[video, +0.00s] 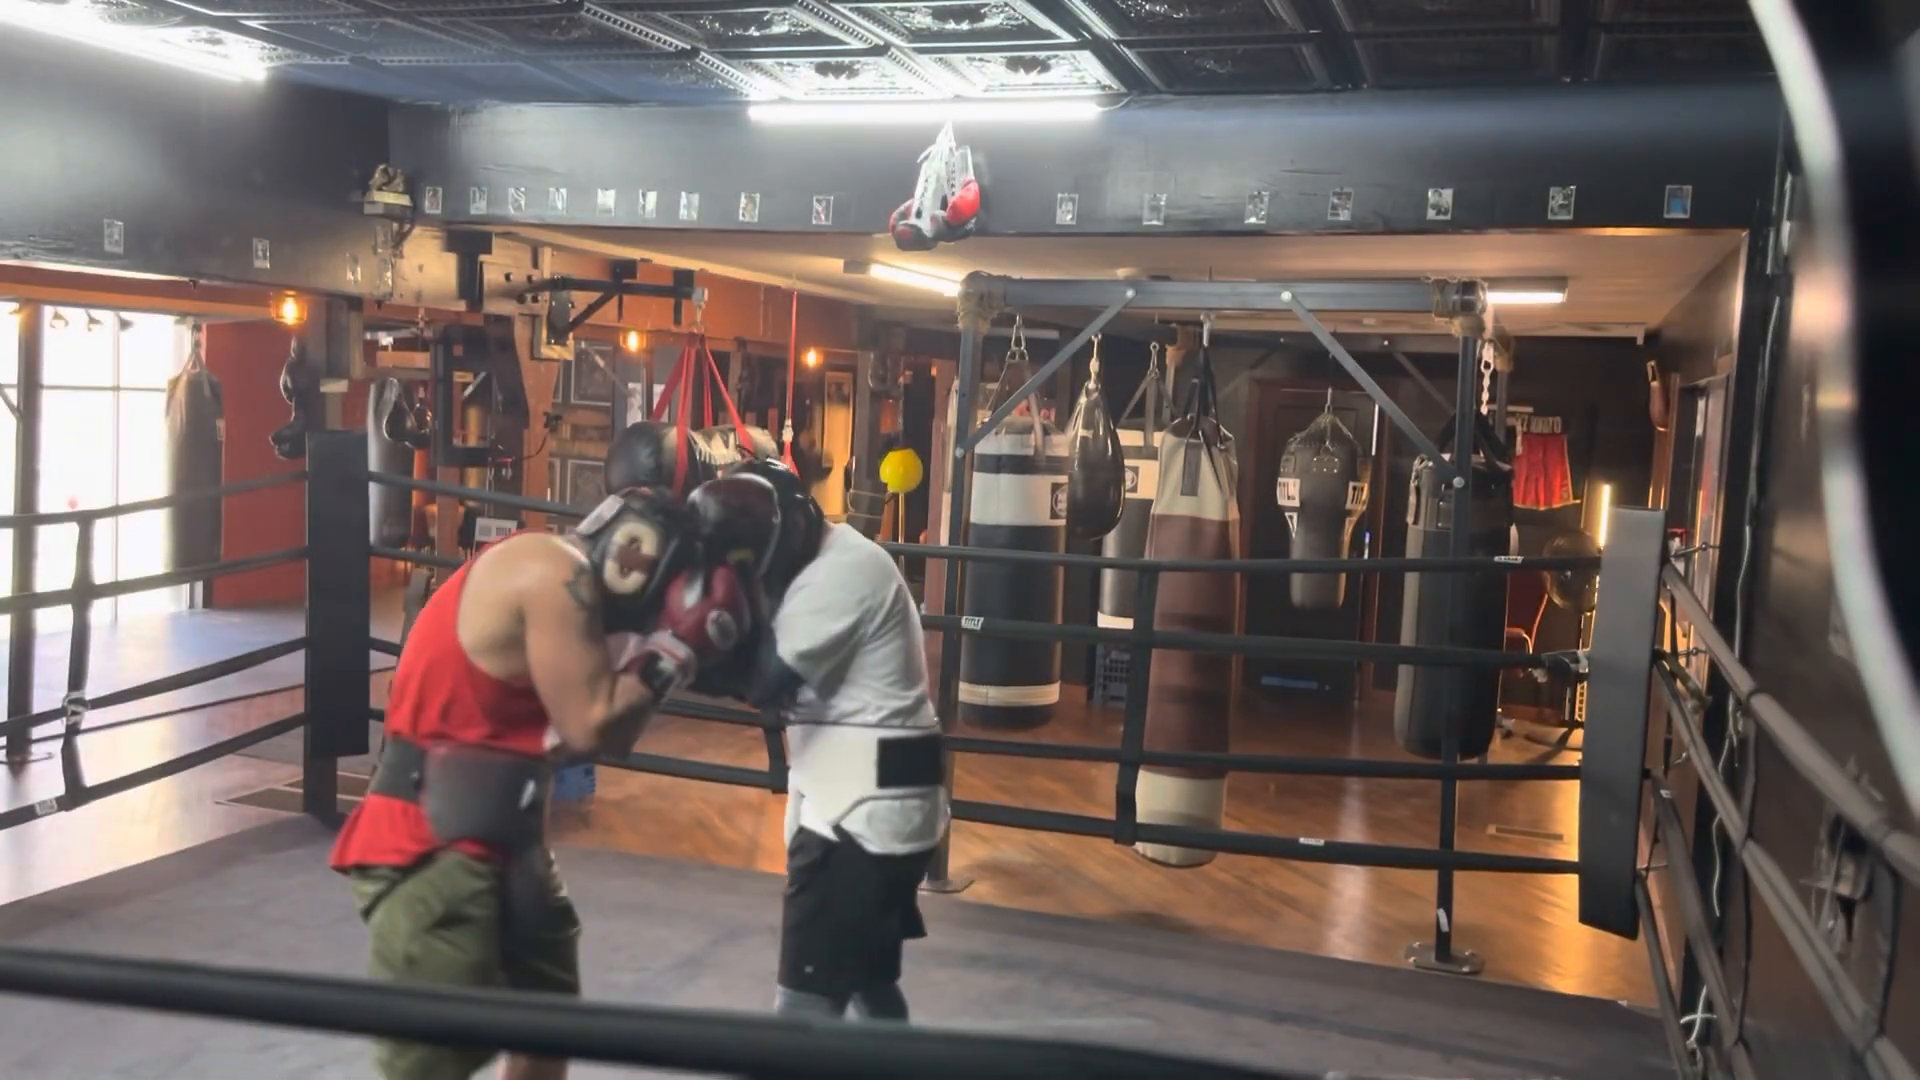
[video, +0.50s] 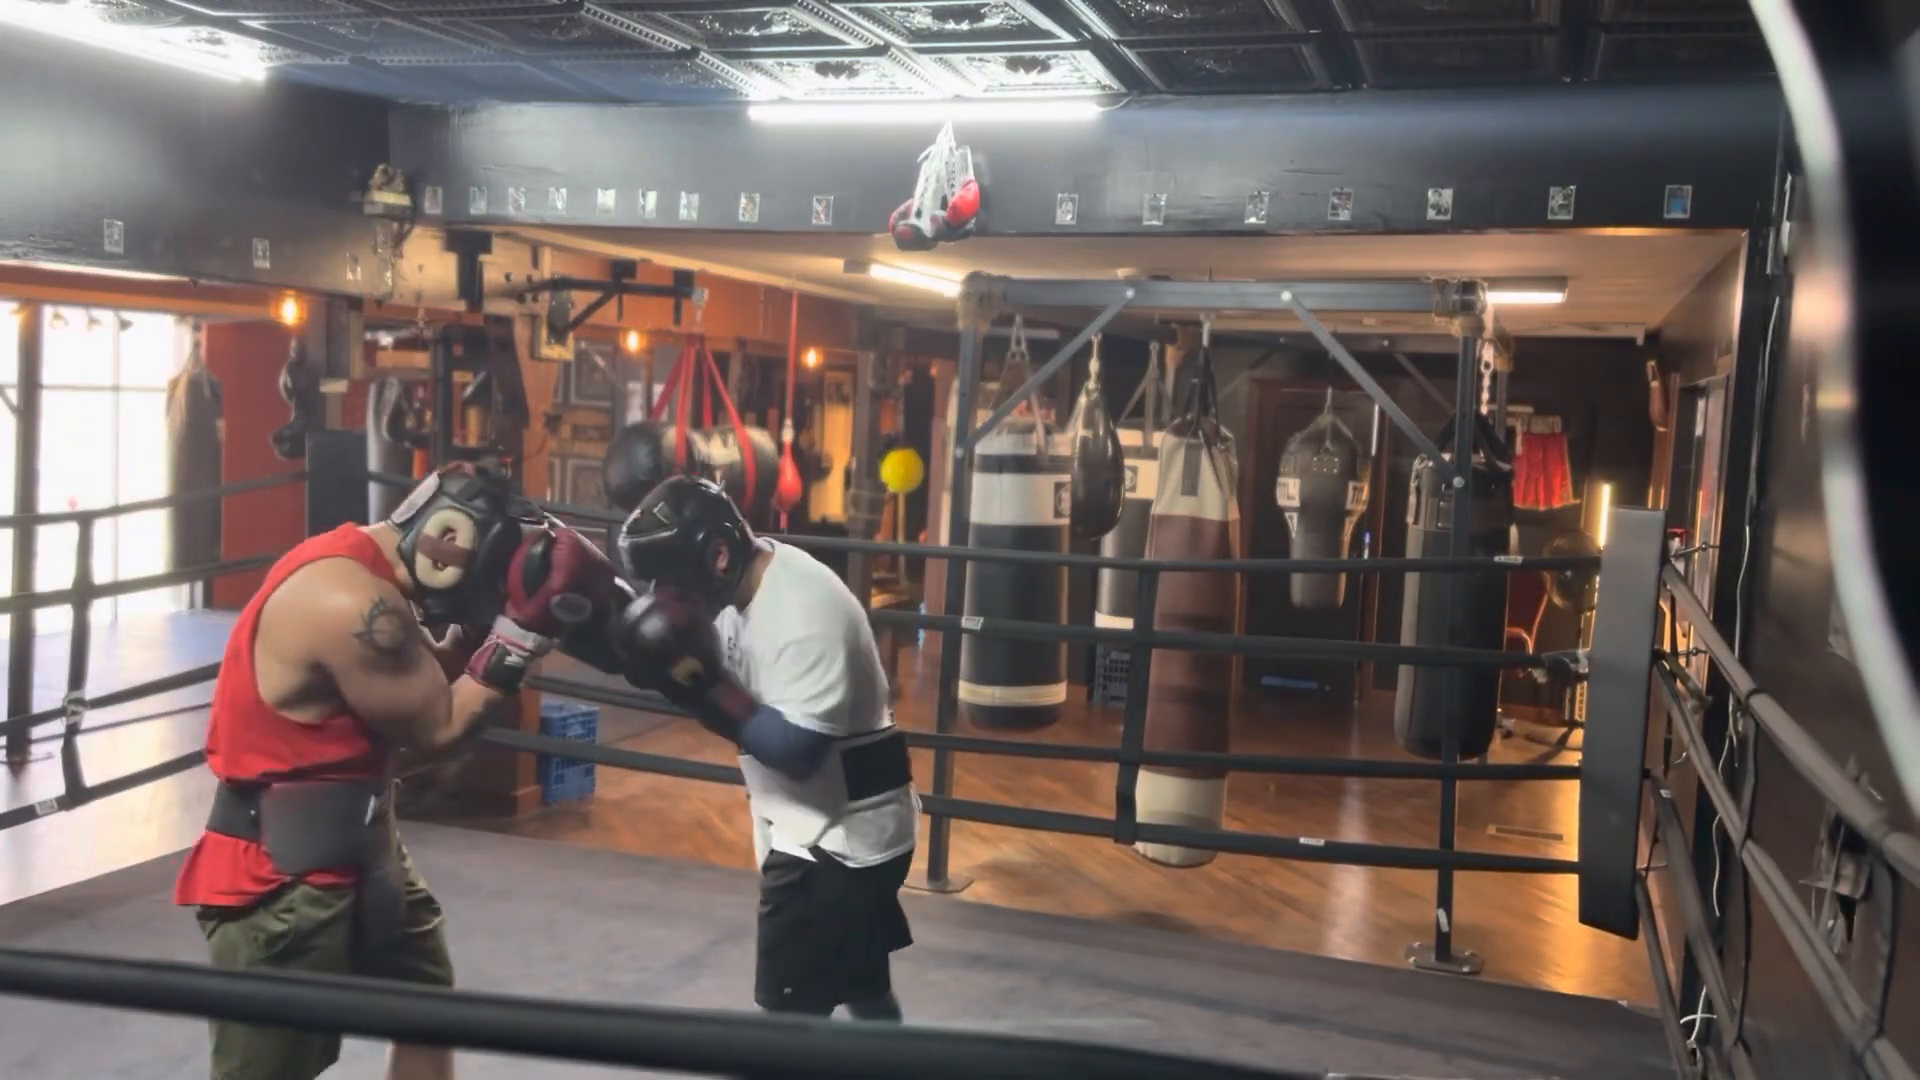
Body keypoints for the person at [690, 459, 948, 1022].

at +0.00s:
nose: (751, 570)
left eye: (751, 554)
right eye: (743, 559)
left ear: (781, 528)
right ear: (787, 519)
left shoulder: (847, 566)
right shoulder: (838, 559)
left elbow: (766, 683)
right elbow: (763, 668)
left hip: (863, 809)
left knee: (807, 1003)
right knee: (872, 989)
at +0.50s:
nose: (667, 595)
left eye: (674, 579)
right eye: (660, 581)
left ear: (720, 558)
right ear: (721, 553)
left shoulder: (806, 616)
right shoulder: (743, 582)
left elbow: (798, 751)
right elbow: (736, 712)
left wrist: (702, 686)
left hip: (836, 837)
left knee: (790, 1019)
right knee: (866, 999)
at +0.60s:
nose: (651, 583)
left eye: (654, 567)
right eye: (641, 571)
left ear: (702, 546)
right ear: (704, 543)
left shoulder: (779, 581)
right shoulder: (750, 571)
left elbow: (686, 712)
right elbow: (704, 668)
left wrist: (590, 636)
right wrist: (640, 625)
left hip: (826, 831)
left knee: (804, 1018)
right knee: (811, 1015)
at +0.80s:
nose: (641, 565)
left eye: (644, 548)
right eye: (632, 552)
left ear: (685, 525)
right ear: (691, 519)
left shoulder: (738, 571)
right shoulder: (772, 554)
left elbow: (654, 696)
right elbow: (680, 684)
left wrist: (585, 632)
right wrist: (623, 626)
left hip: (785, 832)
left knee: (740, 1020)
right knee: (762, 1018)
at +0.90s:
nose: (639, 562)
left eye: (639, 543)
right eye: (633, 546)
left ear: (670, 530)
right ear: (684, 523)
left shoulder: (717, 578)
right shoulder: (766, 560)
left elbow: (688, 710)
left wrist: (625, 658)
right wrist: (635, 641)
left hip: (761, 834)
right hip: (825, 828)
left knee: (664, 995)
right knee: (759, 988)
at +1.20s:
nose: (608, 560)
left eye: (606, 543)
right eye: (601, 547)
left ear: (630, 525)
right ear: (680, 509)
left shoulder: (666, 576)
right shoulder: (758, 563)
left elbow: (622, 708)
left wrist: (573, 657)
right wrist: (590, 644)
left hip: (690, 848)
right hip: (773, 846)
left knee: (607, 1028)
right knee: (745, 1009)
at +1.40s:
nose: (568, 553)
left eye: (570, 535)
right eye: (565, 537)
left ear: (599, 520)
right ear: (651, 513)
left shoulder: (606, 587)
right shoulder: (739, 575)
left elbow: (528, 701)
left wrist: (512, 615)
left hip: (626, 875)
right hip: (728, 871)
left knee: (555, 1044)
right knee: (721, 1016)